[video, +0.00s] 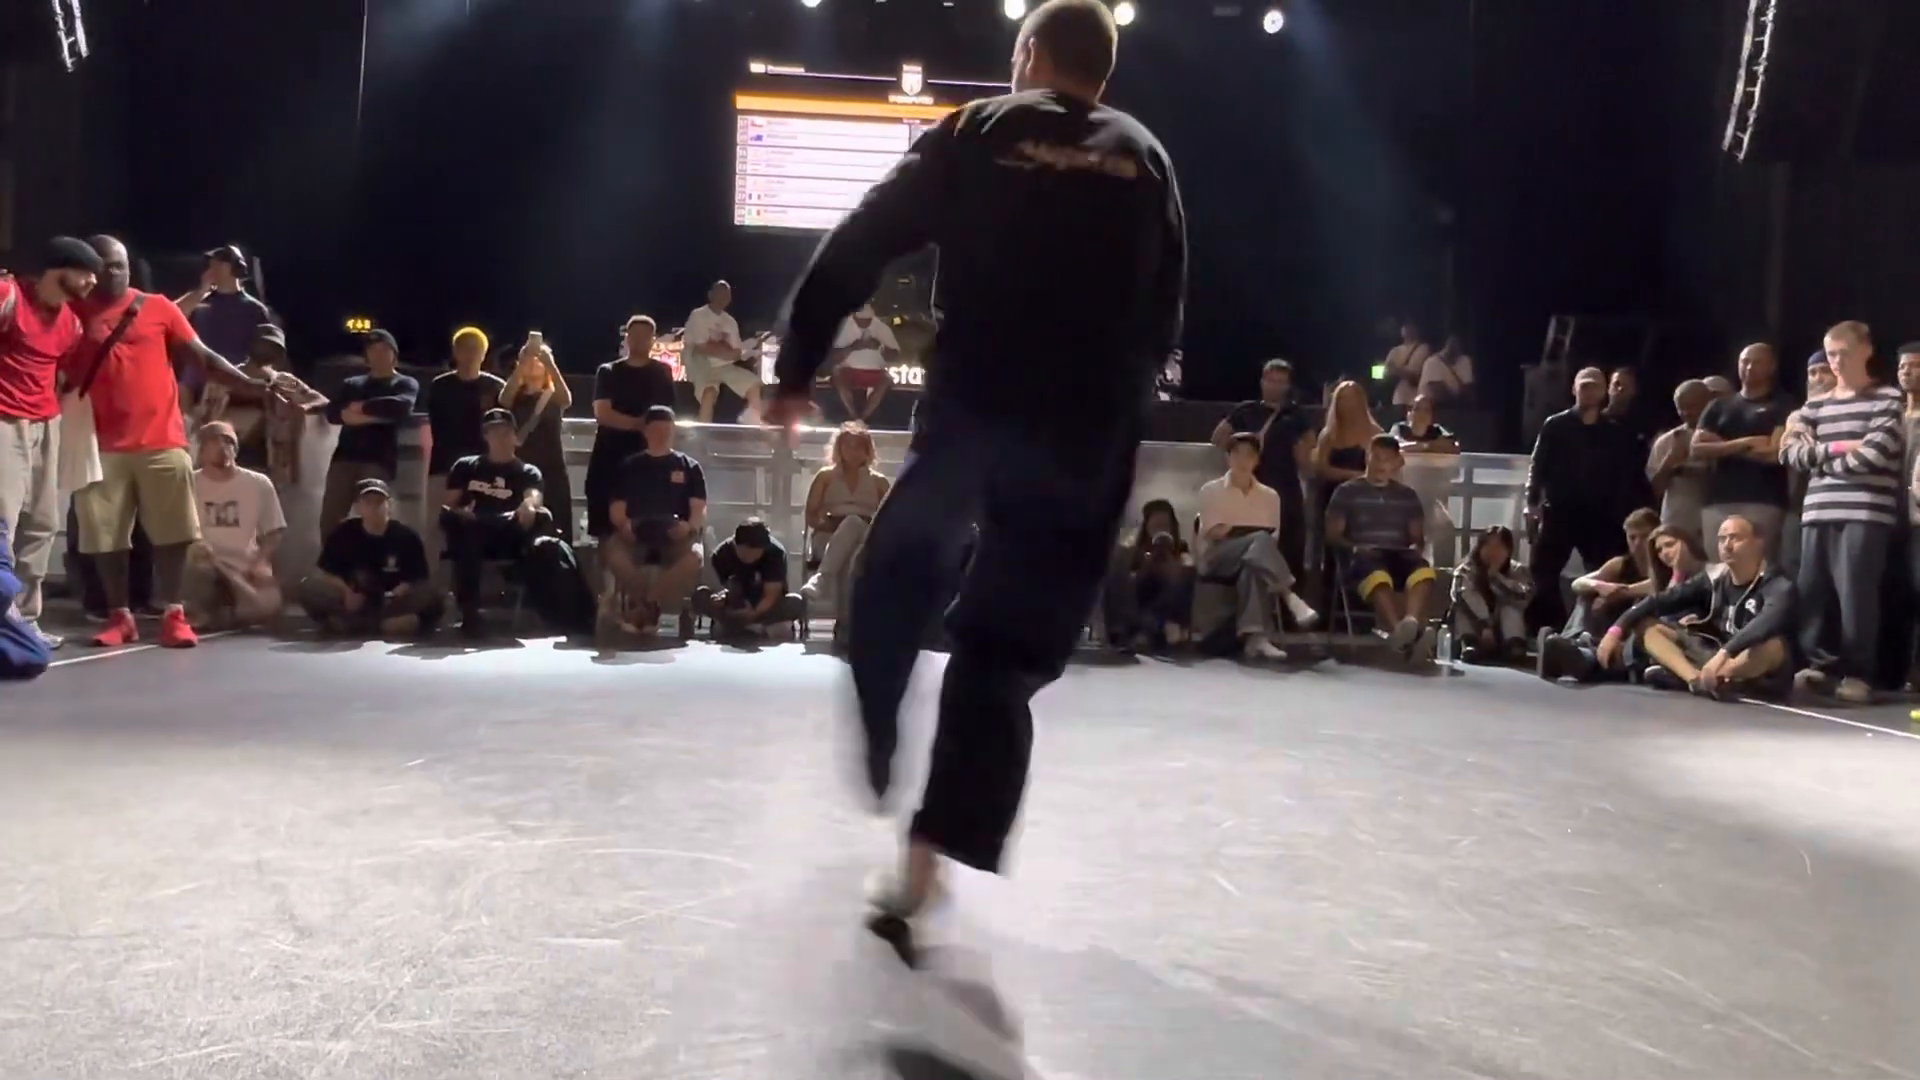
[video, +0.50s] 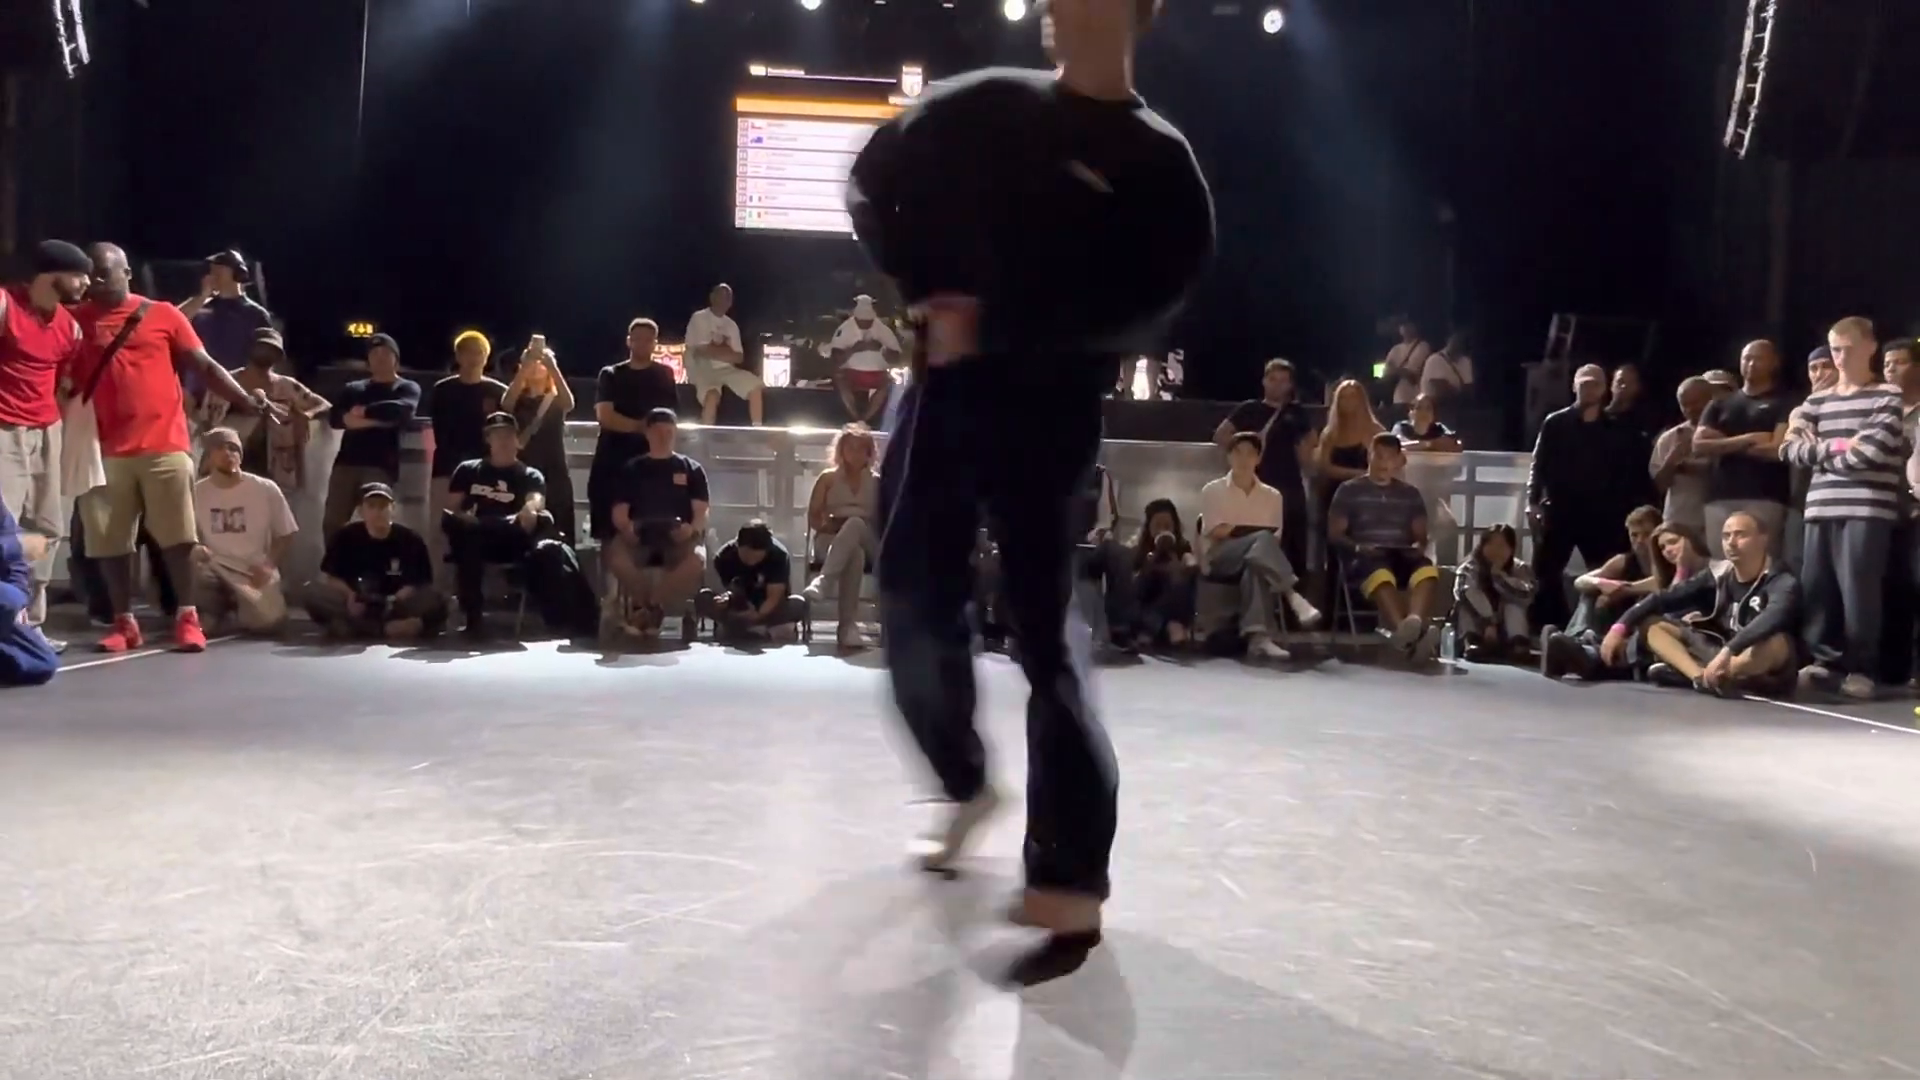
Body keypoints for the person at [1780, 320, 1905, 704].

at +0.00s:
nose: (1833, 362)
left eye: (1841, 354)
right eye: (1829, 355)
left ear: (1866, 352)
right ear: (1825, 358)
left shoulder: (1889, 400)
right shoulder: (1816, 405)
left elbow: (1874, 456)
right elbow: (1791, 452)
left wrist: (1820, 457)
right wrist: (1842, 448)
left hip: (1863, 511)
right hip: (1816, 513)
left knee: (1856, 594)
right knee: (1811, 589)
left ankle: (1858, 674)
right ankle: (1821, 664)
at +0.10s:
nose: (1834, 359)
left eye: (1842, 351)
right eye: (1830, 352)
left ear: (1867, 350)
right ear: (1826, 355)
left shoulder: (1888, 398)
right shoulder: (1816, 403)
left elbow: (1873, 455)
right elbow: (1789, 450)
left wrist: (1818, 456)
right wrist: (1841, 447)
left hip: (1863, 511)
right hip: (1817, 512)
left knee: (1856, 593)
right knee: (1812, 588)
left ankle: (1858, 672)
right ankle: (1820, 663)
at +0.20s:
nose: (1837, 356)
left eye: (1846, 348)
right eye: (1833, 349)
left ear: (1870, 348)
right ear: (1828, 352)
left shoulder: (1886, 397)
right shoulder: (1815, 401)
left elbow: (1870, 455)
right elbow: (1789, 450)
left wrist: (1817, 455)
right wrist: (1840, 447)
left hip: (1864, 510)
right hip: (1817, 510)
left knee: (1856, 591)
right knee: (1814, 588)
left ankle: (1858, 672)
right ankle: (1822, 663)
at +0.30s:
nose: (1838, 355)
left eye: (1847, 347)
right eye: (1834, 348)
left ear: (1871, 348)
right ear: (1829, 351)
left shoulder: (1886, 397)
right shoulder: (1816, 400)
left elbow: (1869, 455)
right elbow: (1790, 449)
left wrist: (1818, 453)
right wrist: (1841, 446)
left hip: (1864, 509)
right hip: (1817, 510)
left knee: (1856, 590)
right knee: (1813, 587)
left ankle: (1859, 671)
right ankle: (1822, 663)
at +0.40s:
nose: (1837, 356)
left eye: (1845, 349)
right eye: (1832, 350)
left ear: (1869, 348)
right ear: (1829, 352)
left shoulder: (1888, 398)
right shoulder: (1816, 400)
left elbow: (1869, 452)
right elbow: (1790, 448)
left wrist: (1818, 451)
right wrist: (1840, 446)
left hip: (1865, 509)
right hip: (1818, 509)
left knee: (1857, 589)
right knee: (1814, 586)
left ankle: (1860, 670)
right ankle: (1823, 662)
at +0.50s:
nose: (1838, 357)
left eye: (1846, 349)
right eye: (1833, 350)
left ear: (1870, 348)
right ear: (1830, 352)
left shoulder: (1888, 398)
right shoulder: (1817, 400)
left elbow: (1869, 453)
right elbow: (1791, 448)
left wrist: (1818, 451)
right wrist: (1840, 447)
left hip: (1865, 509)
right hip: (1819, 510)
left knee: (1858, 588)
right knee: (1816, 585)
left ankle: (1862, 670)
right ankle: (1825, 662)